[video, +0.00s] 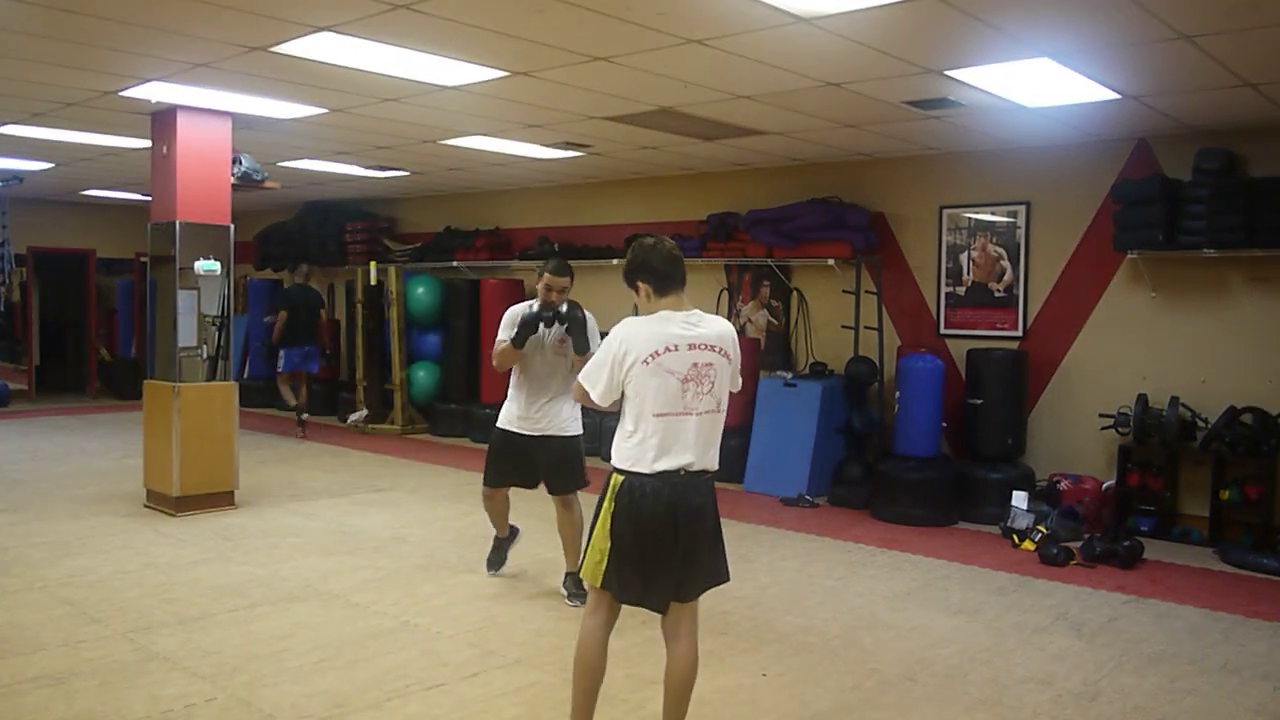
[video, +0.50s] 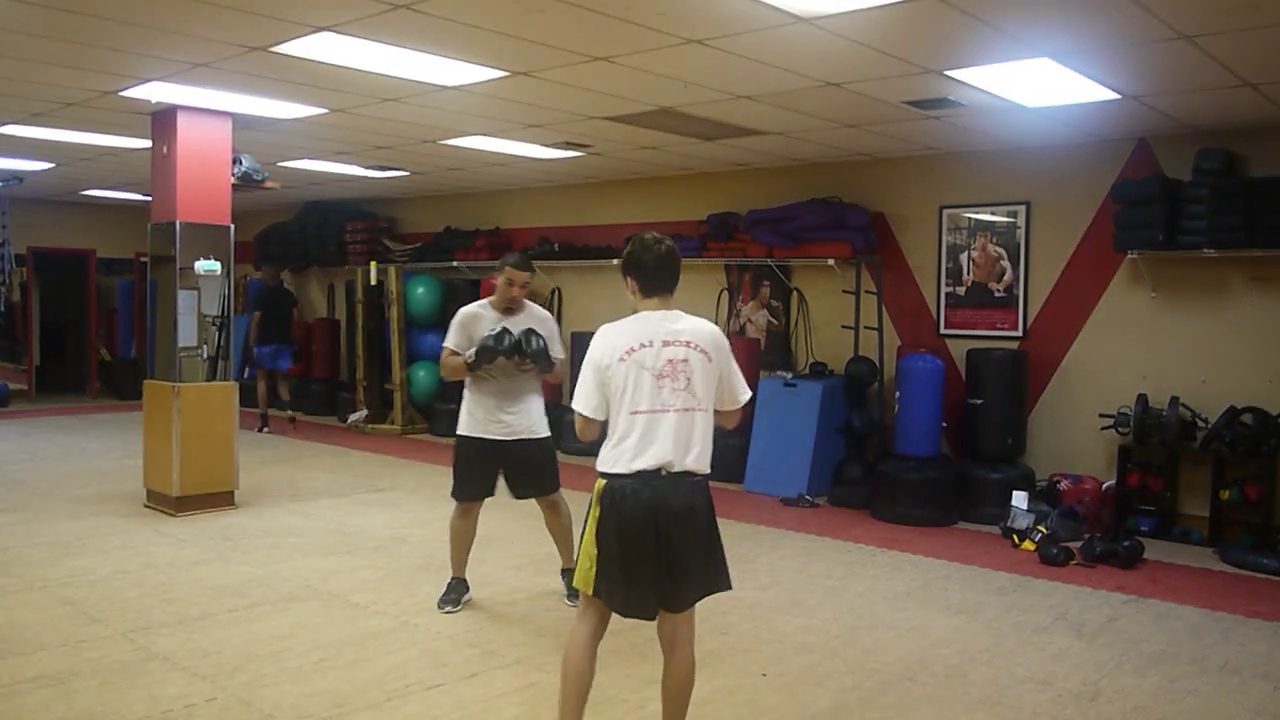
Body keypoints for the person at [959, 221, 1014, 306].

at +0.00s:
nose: (983, 241)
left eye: (985, 237)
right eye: (979, 237)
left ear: (990, 237)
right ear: (975, 237)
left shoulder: (998, 252)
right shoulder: (971, 253)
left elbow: (1009, 272)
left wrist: (1000, 286)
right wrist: (966, 279)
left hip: (992, 288)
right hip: (975, 287)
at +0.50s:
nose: (983, 241)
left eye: (985, 237)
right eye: (979, 237)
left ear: (990, 237)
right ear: (975, 237)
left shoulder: (998, 252)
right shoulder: (971, 253)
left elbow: (1009, 272)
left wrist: (1000, 286)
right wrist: (966, 279)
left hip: (992, 288)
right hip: (975, 287)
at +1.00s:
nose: (983, 241)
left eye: (985, 237)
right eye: (979, 237)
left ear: (990, 237)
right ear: (975, 237)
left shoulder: (998, 252)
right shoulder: (971, 253)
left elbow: (1009, 272)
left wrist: (1000, 286)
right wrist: (966, 279)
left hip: (992, 288)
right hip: (975, 287)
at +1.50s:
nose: (983, 241)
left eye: (985, 237)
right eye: (979, 237)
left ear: (990, 237)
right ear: (975, 237)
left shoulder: (998, 252)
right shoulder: (971, 253)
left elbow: (1009, 272)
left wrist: (1000, 286)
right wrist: (966, 279)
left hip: (992, 288)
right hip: (975, 287)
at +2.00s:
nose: (983, 241)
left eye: (985, 237)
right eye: (979, 237)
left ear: (990, 237)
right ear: (975, 237)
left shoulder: (998, 252)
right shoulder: (971, 253)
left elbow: (1009, 272)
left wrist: (1000, 286)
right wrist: (966, 279)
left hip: (992, 288)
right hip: (975, 287)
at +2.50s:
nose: (983, 241)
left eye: (986, 237)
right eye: (980, 237)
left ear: (990, 238)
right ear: (976, 238)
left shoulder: (999, 253)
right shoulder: (972, 252)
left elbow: (1010, 272)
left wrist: (1001, 286)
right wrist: (967, 278)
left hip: (991, 288)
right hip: (976, 286)